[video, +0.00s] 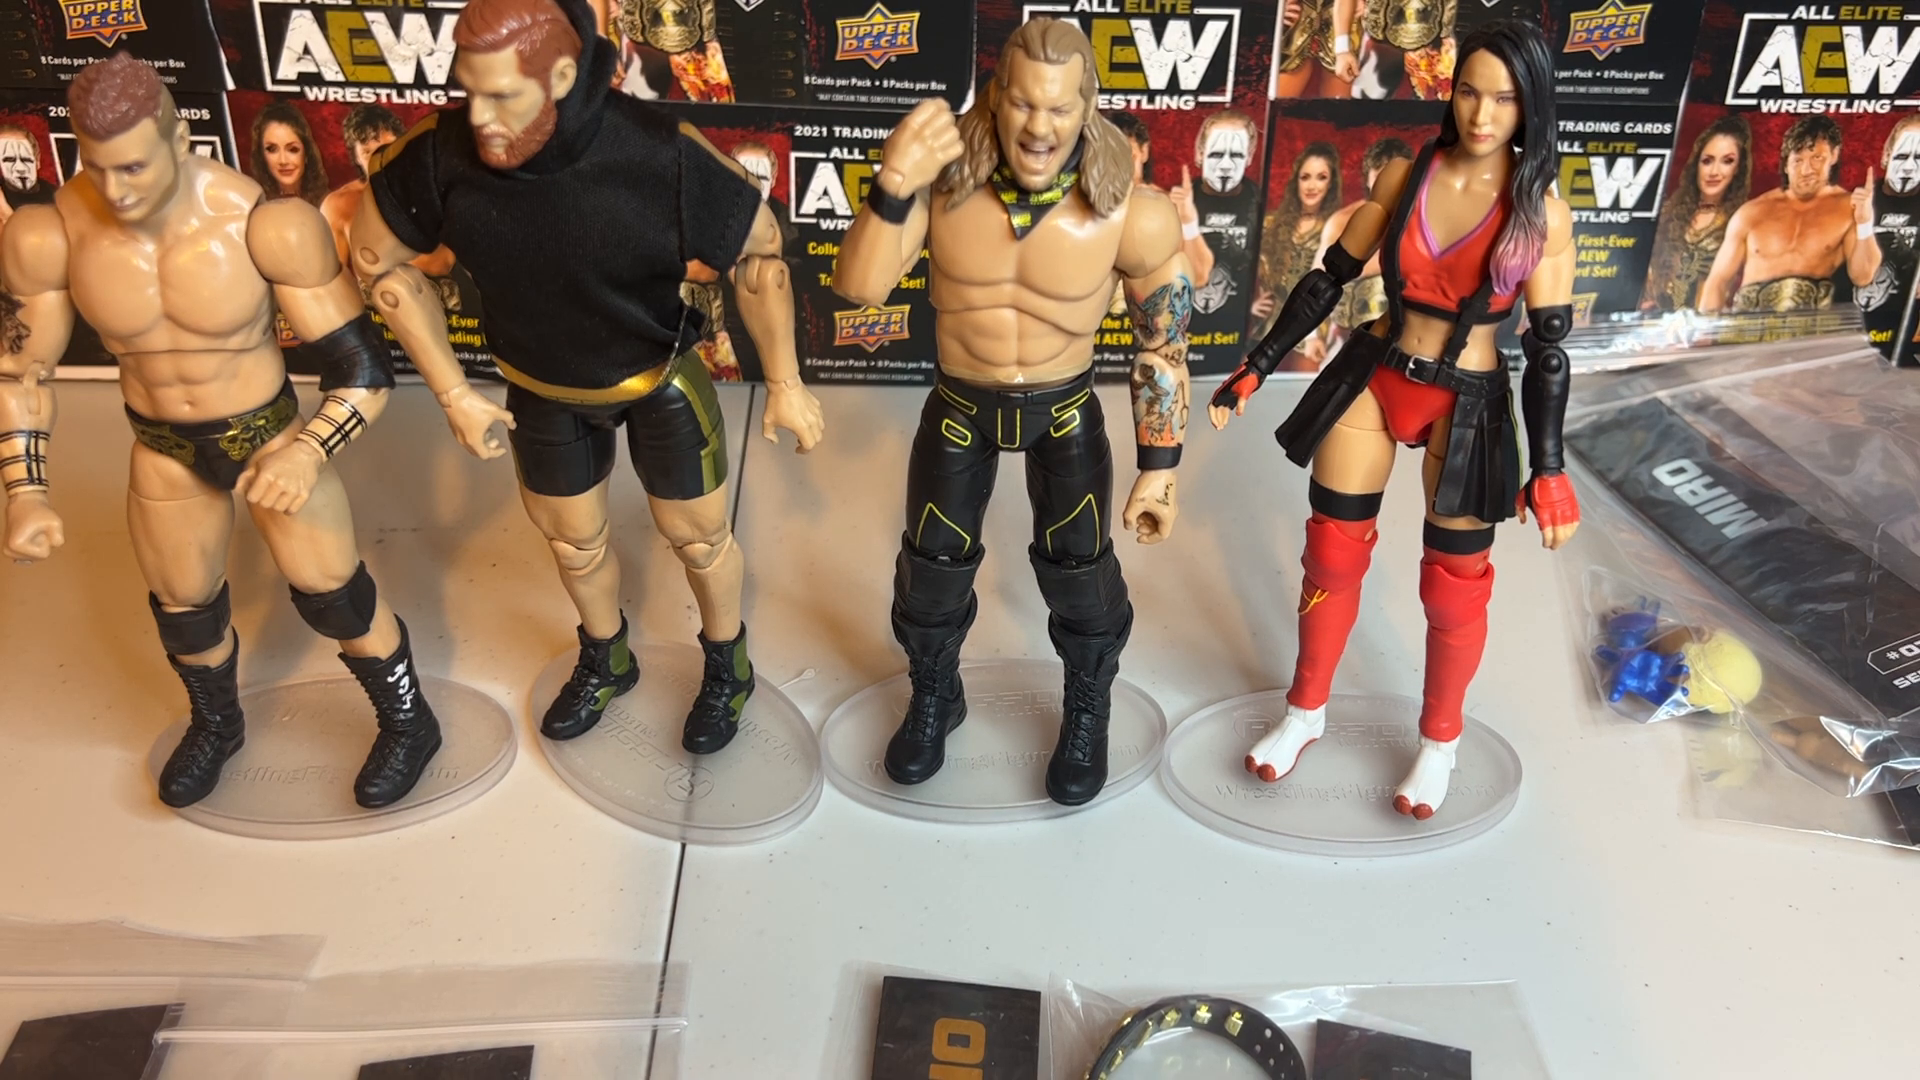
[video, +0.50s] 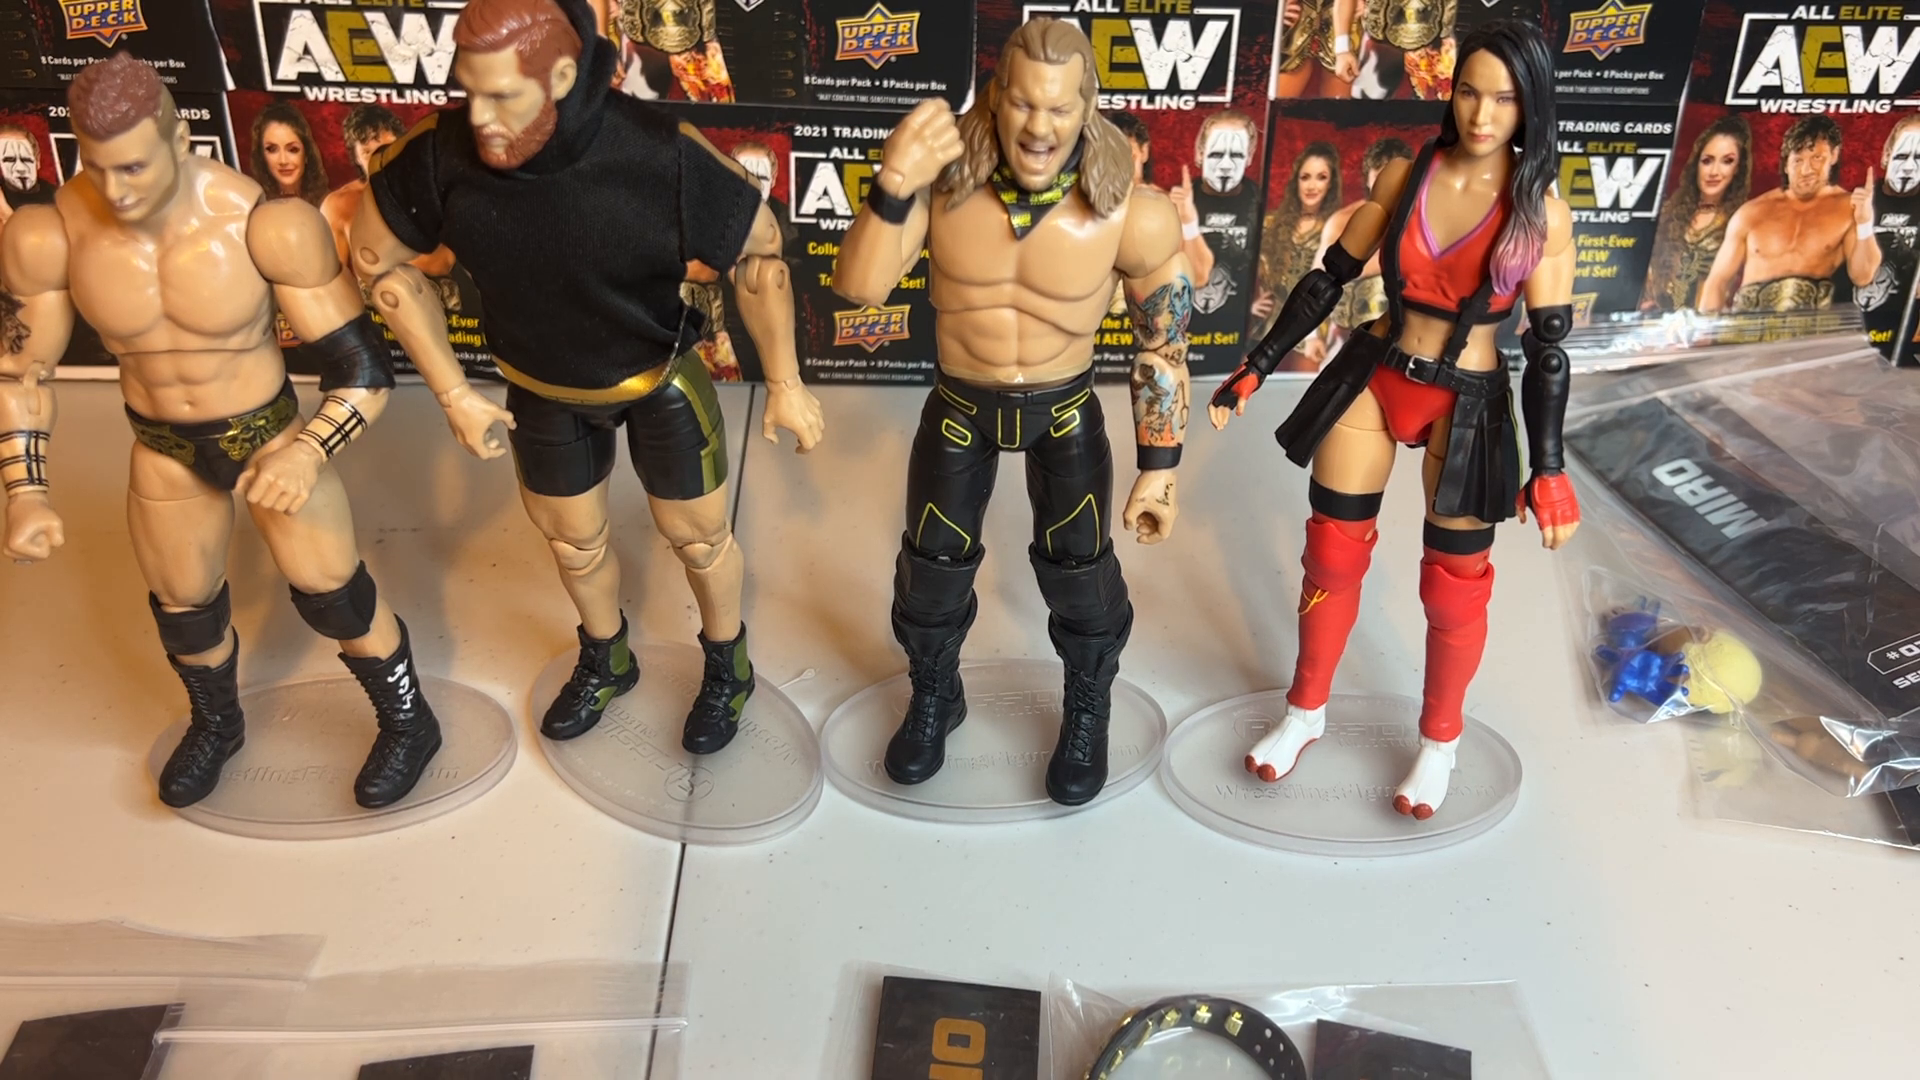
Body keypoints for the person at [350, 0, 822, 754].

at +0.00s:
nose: (481, 119)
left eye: (503, 96)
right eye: (468, 95)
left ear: (564, 76)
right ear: (456, 81)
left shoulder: (653, 155)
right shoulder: (442, 159)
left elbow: (757, 245)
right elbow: (373, 252)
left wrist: (784, 382)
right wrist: (452, 392)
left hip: (661, 381)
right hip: (542, 393)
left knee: (700, 540)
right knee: (575, 546)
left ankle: (726, 667)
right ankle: (607, 661)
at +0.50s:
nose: (481, 119)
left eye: (503, 96)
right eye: (468, 95)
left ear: (564, 77)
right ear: (457, 81)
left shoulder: (653, 156)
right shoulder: (443, 159)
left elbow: (757, 246)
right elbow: (372, 251)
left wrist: (784, 381)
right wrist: (452, 392)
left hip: (661, 382)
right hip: (542, 394)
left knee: (700, 540)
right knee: (575, 545)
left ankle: (726, 666)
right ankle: (607, 660)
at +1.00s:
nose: (481, 119)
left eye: (503, 96)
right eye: (468, 95)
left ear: (564, 76)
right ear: (456, 81)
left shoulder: (653, 155)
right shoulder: (442, 158)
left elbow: (757, 247)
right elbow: (372, 252)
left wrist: (784, 382)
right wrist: (452, 392)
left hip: (661, 382)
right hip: (542, 394)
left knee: (700, 541)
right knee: (575, 545)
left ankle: (726, 667)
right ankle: (607, 661)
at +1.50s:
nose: (481, 119)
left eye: (503, 96)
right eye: (468, 95)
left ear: (563, 76)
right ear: (457, 81)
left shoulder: (653, 156)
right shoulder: (443, 159)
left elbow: (757, 247)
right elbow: (372, 251)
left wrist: (784, 381)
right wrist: (452, 392)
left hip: (661, 383)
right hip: (543, 395)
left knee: (700, 540)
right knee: (575, 546)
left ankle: (726, 666)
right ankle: (607, 660)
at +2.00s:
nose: (481, 120)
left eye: (503, 98)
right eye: (469, 97)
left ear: (563, 79)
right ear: (457, 83)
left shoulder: (653, 157)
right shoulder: (443, 160)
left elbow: (757, 247)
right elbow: (372, 252)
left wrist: (784, 382)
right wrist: (452, 393)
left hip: (661, 384)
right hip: (543, 396)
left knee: (700, 541)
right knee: (575, 547)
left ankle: (726, 667)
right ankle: (607, 661)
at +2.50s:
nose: (481, 119)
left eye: (503, 96)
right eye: (468, 96)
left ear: (565, 77)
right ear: (456, 81)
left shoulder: (653, 155)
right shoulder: (443, 159)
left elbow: (757, 246)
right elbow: (372, 252)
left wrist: (785, 382)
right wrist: (453, 393)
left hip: (662, 382)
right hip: (543, 394)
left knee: (700, 540)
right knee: (575, 546)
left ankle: (726, 666)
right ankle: (607, 660)